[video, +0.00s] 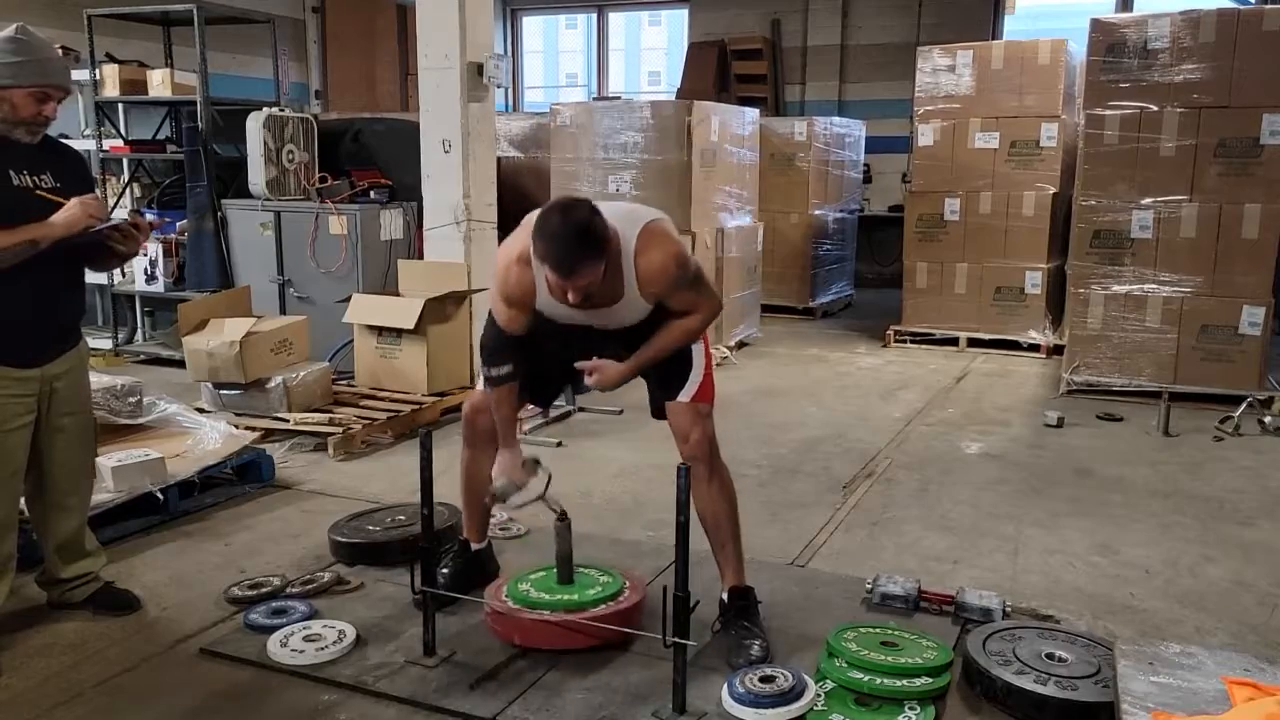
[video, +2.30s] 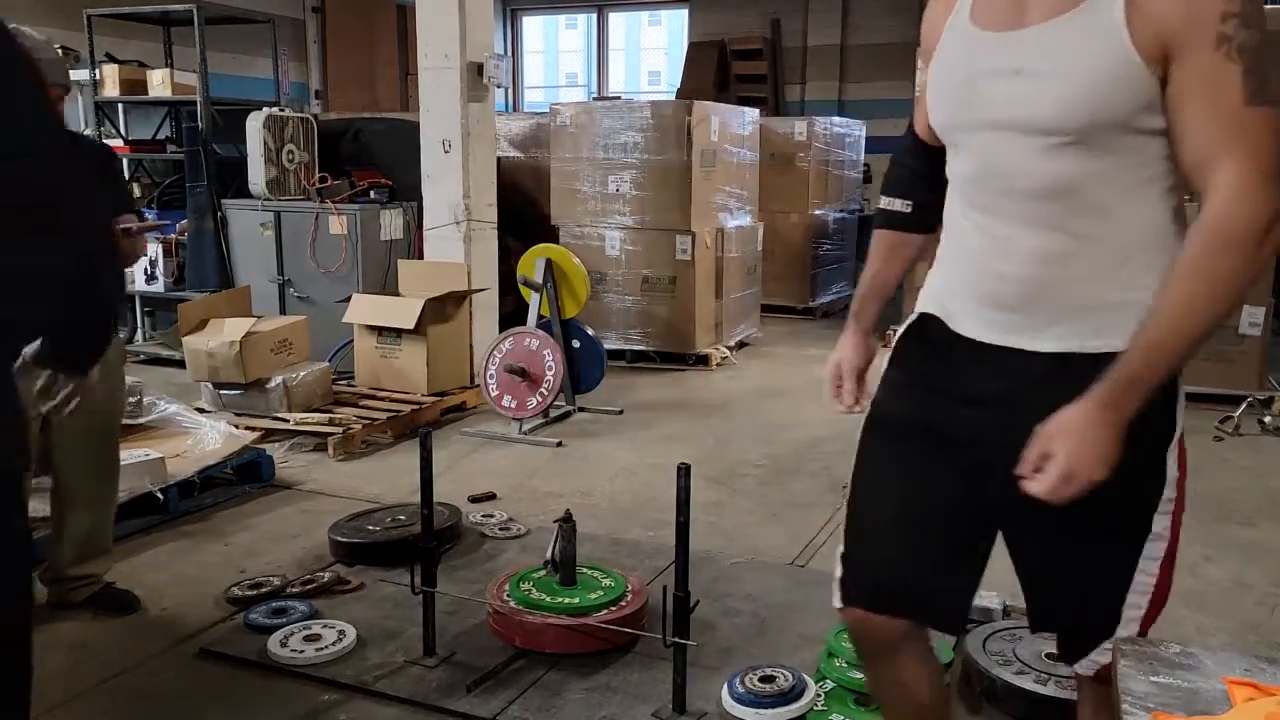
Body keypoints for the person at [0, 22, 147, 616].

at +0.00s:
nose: (52, 110)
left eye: (58, 99)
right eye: (43, 98)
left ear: (58, 96)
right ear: (5, 90)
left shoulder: (67, 161)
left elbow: (78, 253)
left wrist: (117, 249)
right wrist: (49, 228)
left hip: (64, 350)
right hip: (5, 359)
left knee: (68, 475)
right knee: (7, 490)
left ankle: (73, 580)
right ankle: (1, 597)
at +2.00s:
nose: (17, 96)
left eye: (30, 86)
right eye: (6, 82)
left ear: (46, 95)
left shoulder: (73, 160)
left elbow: (102, 245)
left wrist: (123, 247)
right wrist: (24, 211)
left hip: (74, 348)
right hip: (6, 357)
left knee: (81, 474)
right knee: (7, 488)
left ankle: (76, 581)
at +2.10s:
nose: (32, 106)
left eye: (41, 94)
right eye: (19, 93)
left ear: (51, 95)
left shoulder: (76, 159)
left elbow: (107, 241)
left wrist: (121, 248)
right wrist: (22, 210)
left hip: (81, 351)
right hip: (9, 362)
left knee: (86, 474)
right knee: (8, 490)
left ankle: (76, 580)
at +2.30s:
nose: (58, 100)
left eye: (58, 88)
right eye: (51, 90)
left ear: (55, 94)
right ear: (38, 93)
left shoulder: (88, 159)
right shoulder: (74, 162)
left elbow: (108, 248)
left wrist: (120, 246)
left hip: (84, 339)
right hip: (32, 344)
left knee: (86, 468)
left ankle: (76, 582)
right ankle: (62, 581)